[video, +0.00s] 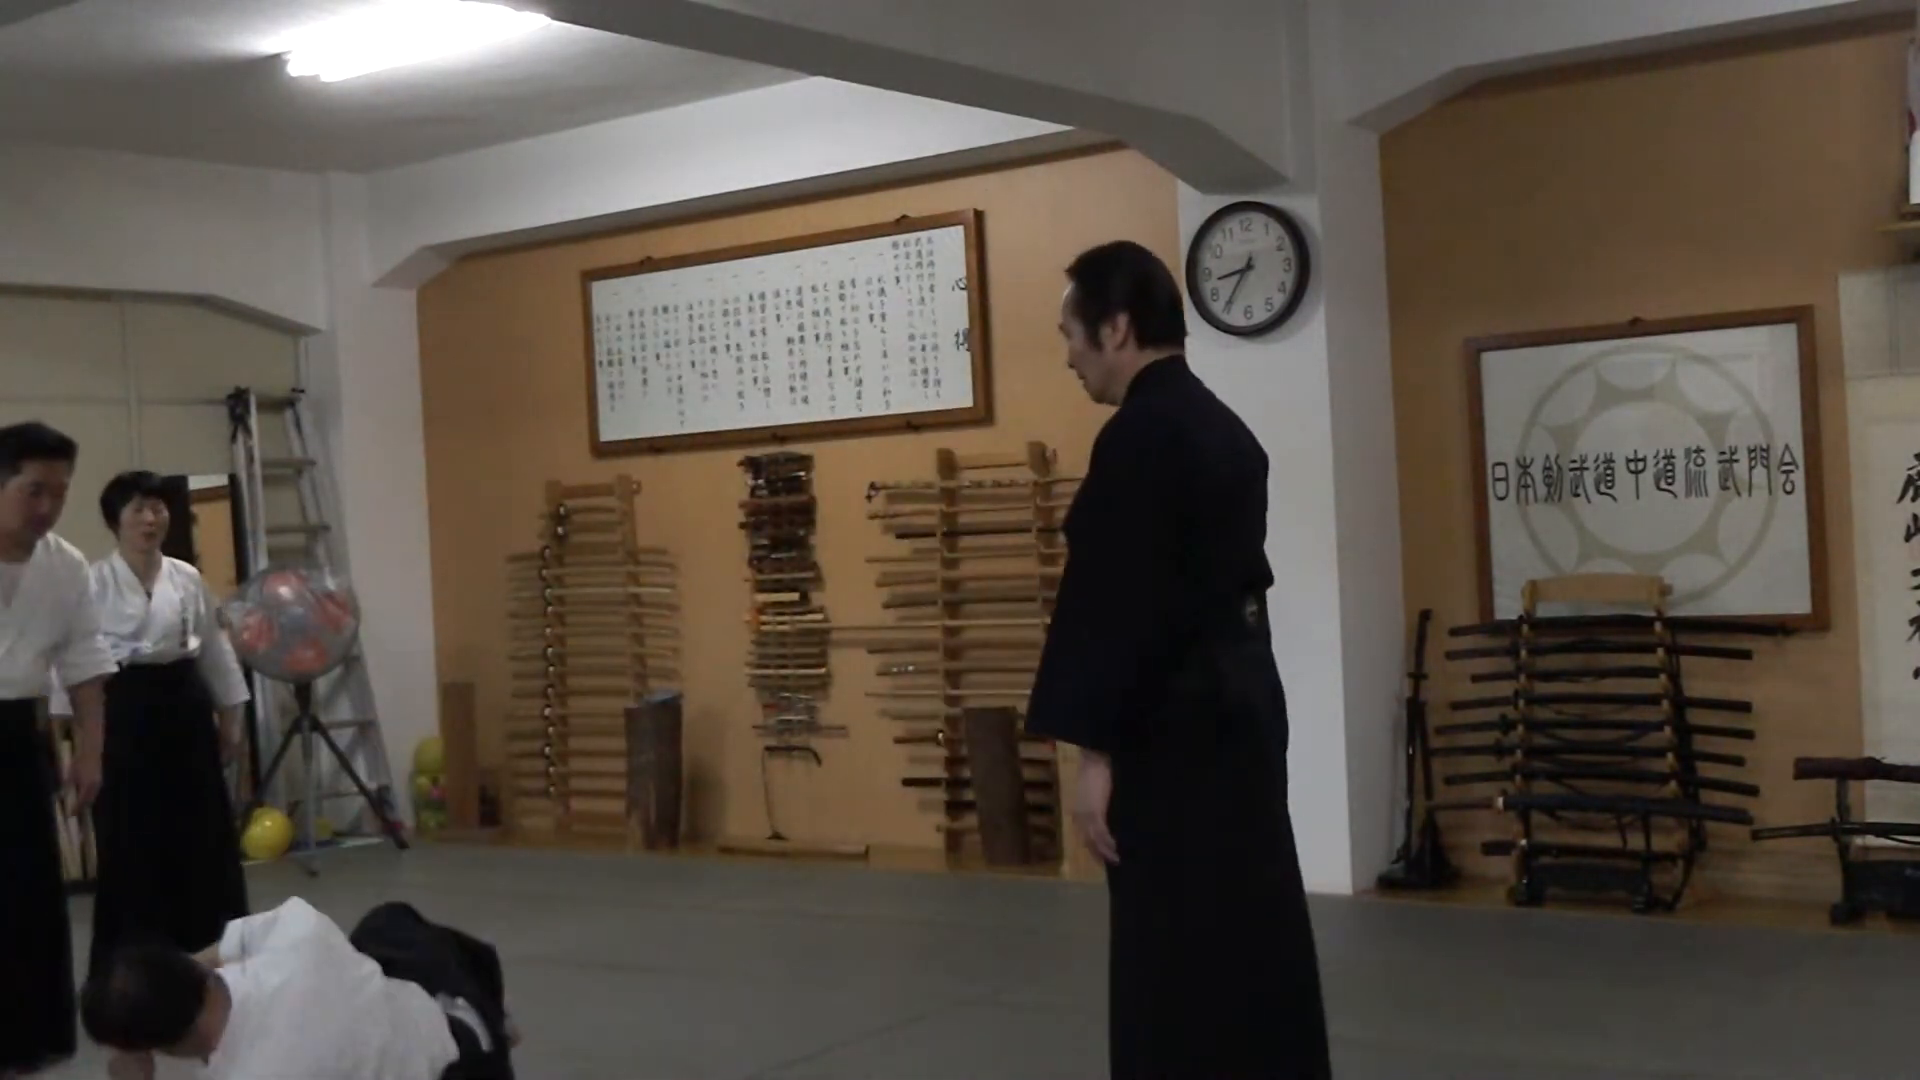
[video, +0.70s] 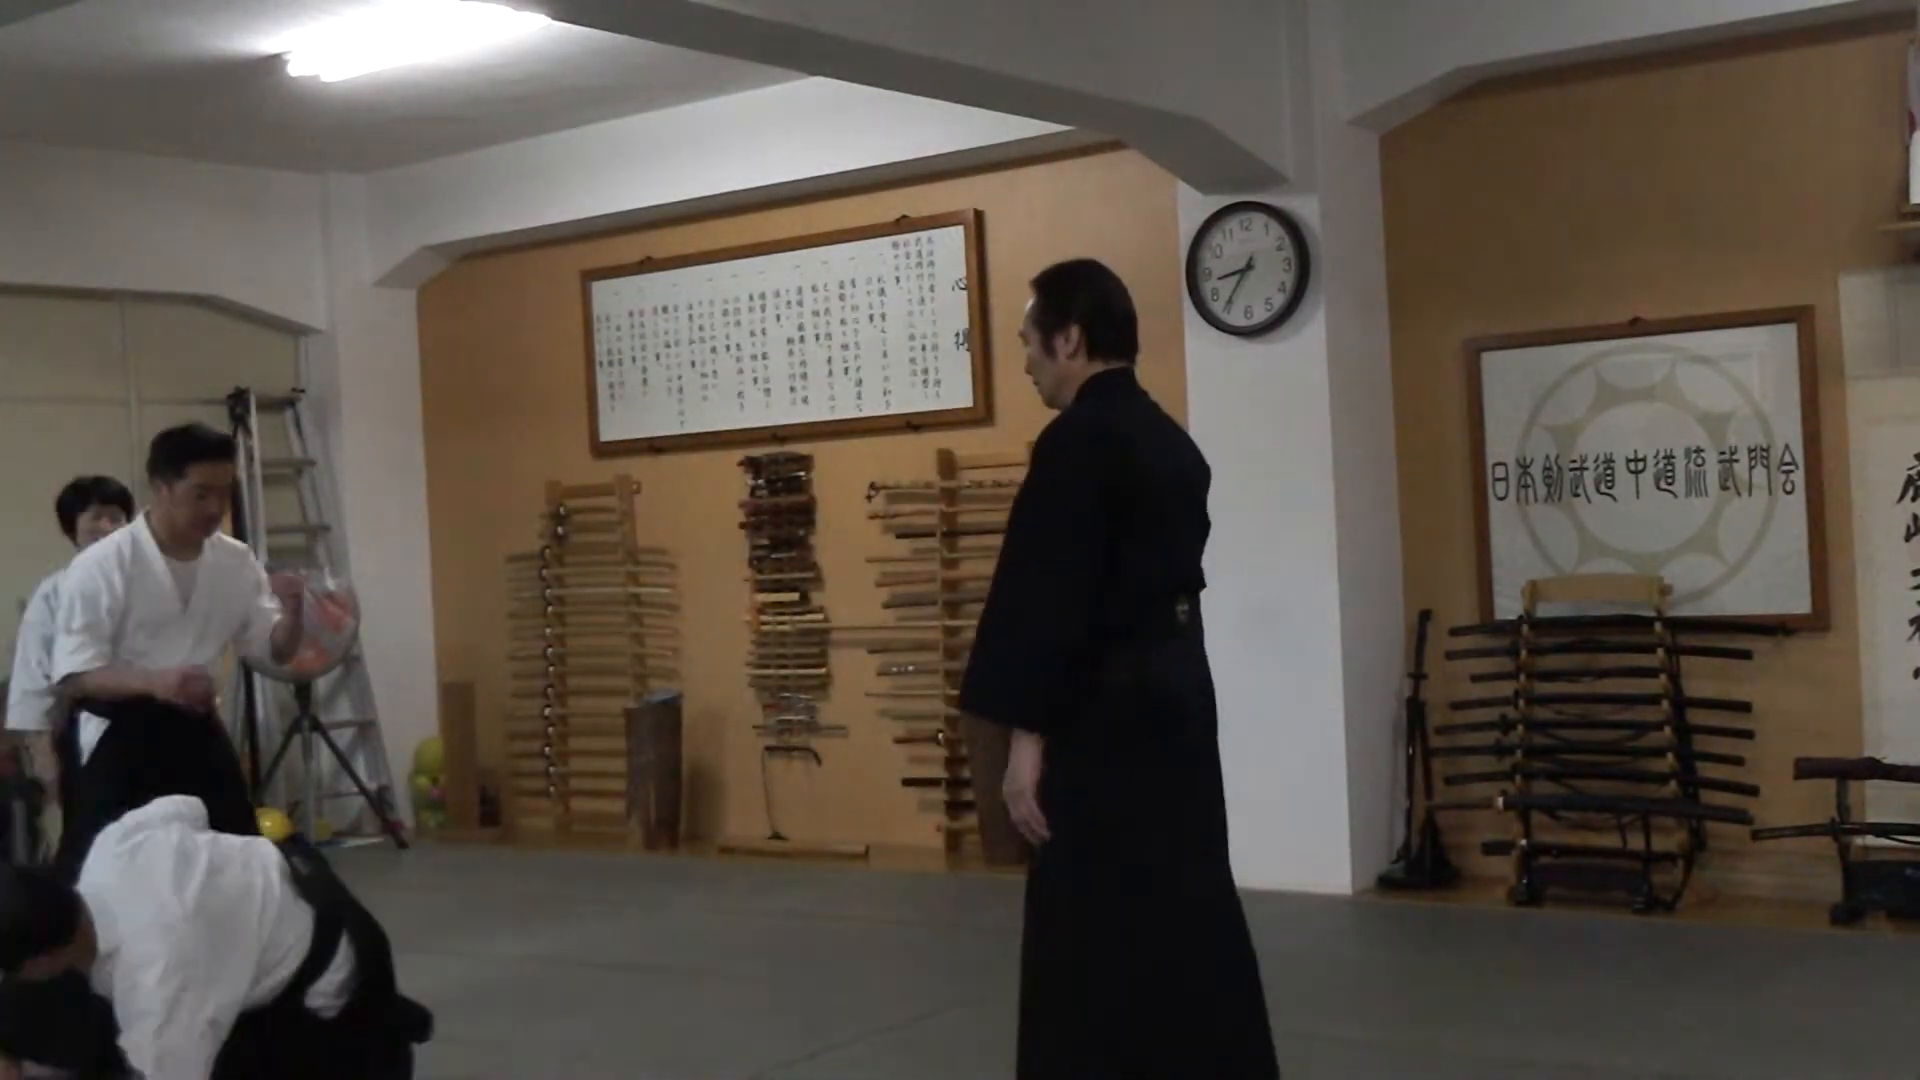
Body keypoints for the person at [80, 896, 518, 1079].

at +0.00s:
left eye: (122, 1047)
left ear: (147, 1045)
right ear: (187, 965)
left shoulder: (233, 1073)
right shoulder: (296, 931)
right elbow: (296, 914)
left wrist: (134, 1067)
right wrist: (202, 963)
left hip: (447, 1074)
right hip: (457, 1027)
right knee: (388, 918)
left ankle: (488, 1030)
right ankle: (490, 1021)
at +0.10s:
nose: (127, 1030)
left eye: (122, 1024)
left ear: (141, 1022)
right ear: (168, 937)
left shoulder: (213, 1067)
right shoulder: (272, 911)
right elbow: (342, 949)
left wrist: (123, 1077)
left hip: (430, 1074)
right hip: (453, 1017)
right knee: (385, 932)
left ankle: (500, 1056)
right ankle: (499, 1030)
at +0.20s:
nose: (104, 1029)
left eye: (98, 1021)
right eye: (97, 1021)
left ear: (116, 1016)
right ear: (144, 933)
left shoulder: (193, 1062)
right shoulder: (242, 905)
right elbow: (328, 944)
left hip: (415, 1072)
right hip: (433, 1007)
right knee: (395, 949)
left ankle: (507, 1066)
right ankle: (509, 1067)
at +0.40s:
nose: (71, 1051)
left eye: (64, 1043)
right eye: (64, 1043)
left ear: (77, 1035)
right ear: (85, 950)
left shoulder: (178, 1034)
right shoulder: (150, 905)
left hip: (362, 1025)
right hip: (372, 942)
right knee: (460, 1017)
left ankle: (512, 1063)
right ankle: (514, 1059)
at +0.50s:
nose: (57, 1052)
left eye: (50, 1045)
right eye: (48, 1045)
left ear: (66, 1034)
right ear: (67, 955)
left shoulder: (173, 1046)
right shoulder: (121, 901)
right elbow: (169, 856)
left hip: (362, 997)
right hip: (336, 903)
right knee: (404, 980)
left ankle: (474, 1037)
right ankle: (473, 1017)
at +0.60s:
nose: (41, 1030)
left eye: (36, 1020)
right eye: (31, 1021)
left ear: (52, 1004)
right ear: (54, 939)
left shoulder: (160, 1023)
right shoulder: (107, 886)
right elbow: (174, 829)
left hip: (350, 972)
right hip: (309, 876)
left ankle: (457, 1052)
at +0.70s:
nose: (29, 978)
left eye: (25, 970)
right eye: (22, 970)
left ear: (42, 961)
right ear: (55, 889)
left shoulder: (158, 986)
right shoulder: (110, 849)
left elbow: (170, 1072)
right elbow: (188, 808)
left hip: (331, 970)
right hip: (297, 866)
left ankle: (384, 1044)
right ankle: (385, 1018)